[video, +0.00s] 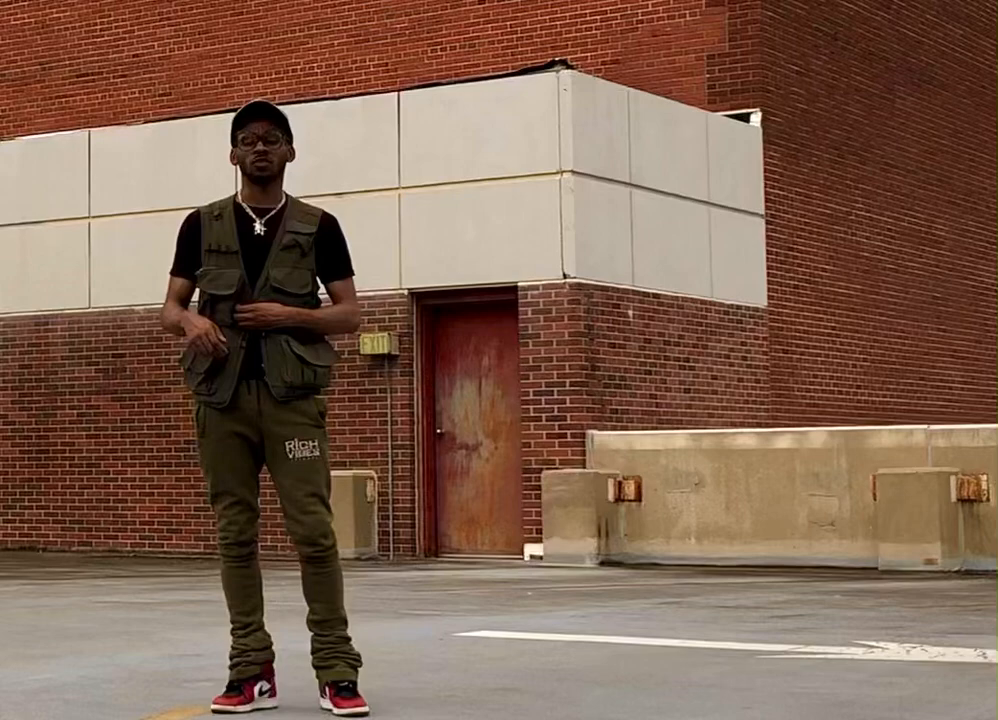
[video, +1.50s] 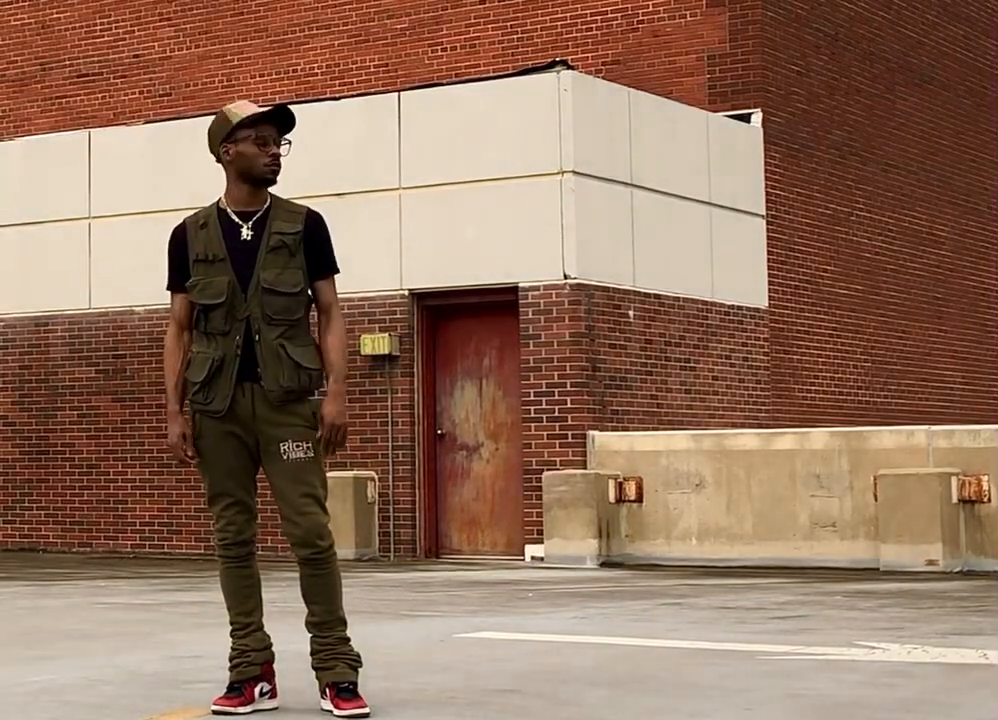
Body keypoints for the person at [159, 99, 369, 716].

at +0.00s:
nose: (261, 149)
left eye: (272, 141)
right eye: (250, 142)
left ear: (289, 151)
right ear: (234, 153)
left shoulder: (318, 226)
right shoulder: (202, 226)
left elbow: (349, 315)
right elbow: (172, 308)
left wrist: (286, 314)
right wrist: (189, 319)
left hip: (294, 402)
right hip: (222, 404)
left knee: (314, 536)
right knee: (236, 538)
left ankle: (337, 671)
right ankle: (250, 666)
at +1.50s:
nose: (275, 150)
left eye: (278, 141)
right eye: (261, 141)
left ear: (281, 152)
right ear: (227, 152)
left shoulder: (304, 225)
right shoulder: (189, 235)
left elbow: (331, 316)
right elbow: (178, 327)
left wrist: (336, 392)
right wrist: (175, 407)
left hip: (289, 403)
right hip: (215, 408)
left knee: (311, 539)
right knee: (233, 542)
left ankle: (337, 672)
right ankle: (250, 667)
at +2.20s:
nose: (245, 150)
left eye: (255, 142)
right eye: (233, 142)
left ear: (271, 152)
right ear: (215, 153)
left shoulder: (303, 224)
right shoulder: (188, 234)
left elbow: (328, 316)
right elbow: (177, 326)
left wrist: (335, 400)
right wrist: (172, 405)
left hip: (289, 403)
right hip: (214, 407)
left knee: (311, 539)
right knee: (234, 541)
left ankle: (337, 672)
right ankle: (250, 668)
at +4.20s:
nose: (244, 157)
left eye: (255, 149)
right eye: (233, 150)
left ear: (274, 158)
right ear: (219, 161)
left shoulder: (308, 228)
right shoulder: (193, 237)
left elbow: (333, 319)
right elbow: (180, 329)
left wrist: (335, 404)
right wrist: (175, 411)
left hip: (293, 403)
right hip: (217, 406)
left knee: (306, 531)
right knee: (232, 540)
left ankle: (300, 664)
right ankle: (248, 667)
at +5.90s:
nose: (280, 150)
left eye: (292, 143)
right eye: (268, 144)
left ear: (311, 157)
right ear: (254, 160)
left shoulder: (346, 231)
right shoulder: (225, 229)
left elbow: (363, 326)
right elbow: (203, 315)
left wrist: (332, 397)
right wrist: (207, 389)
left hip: (320, 404)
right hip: (242, 404)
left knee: (339, 537)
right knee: (233, 537)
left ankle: (329, 673)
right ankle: (245, 671)